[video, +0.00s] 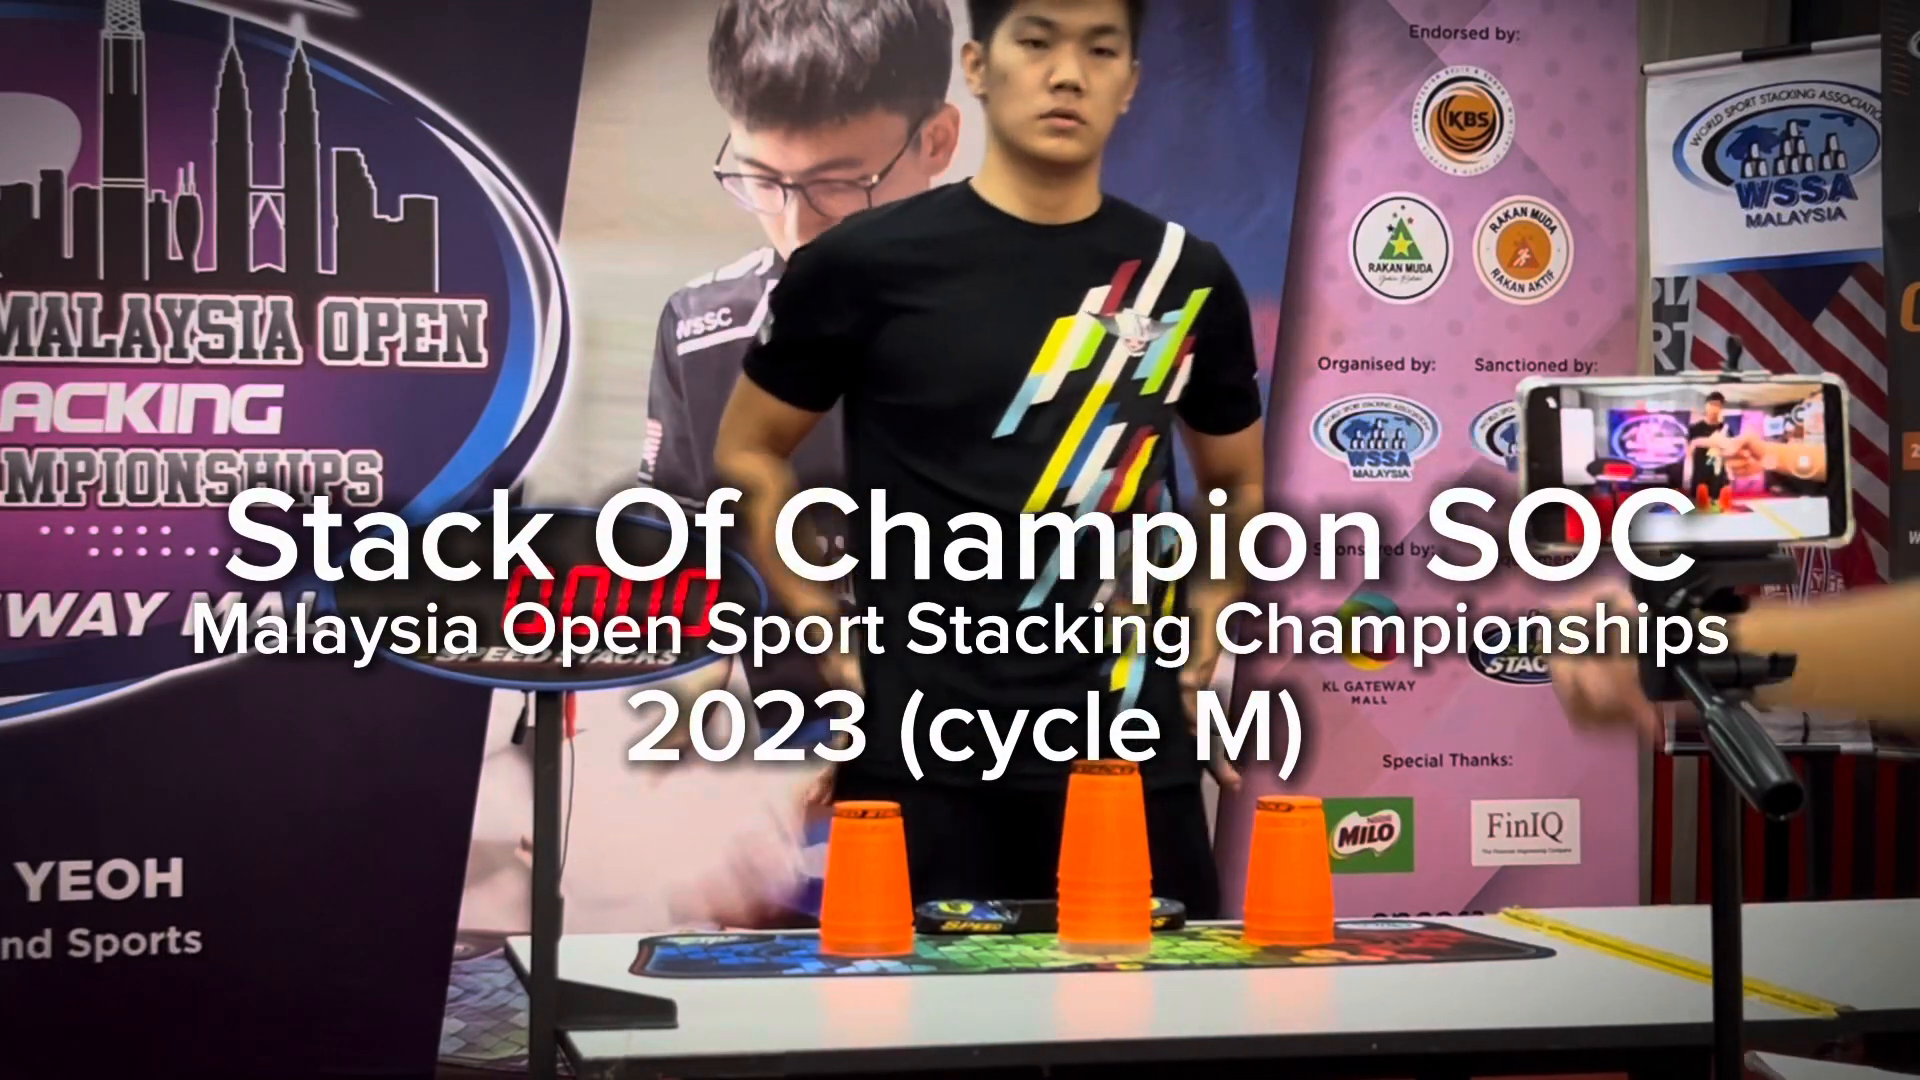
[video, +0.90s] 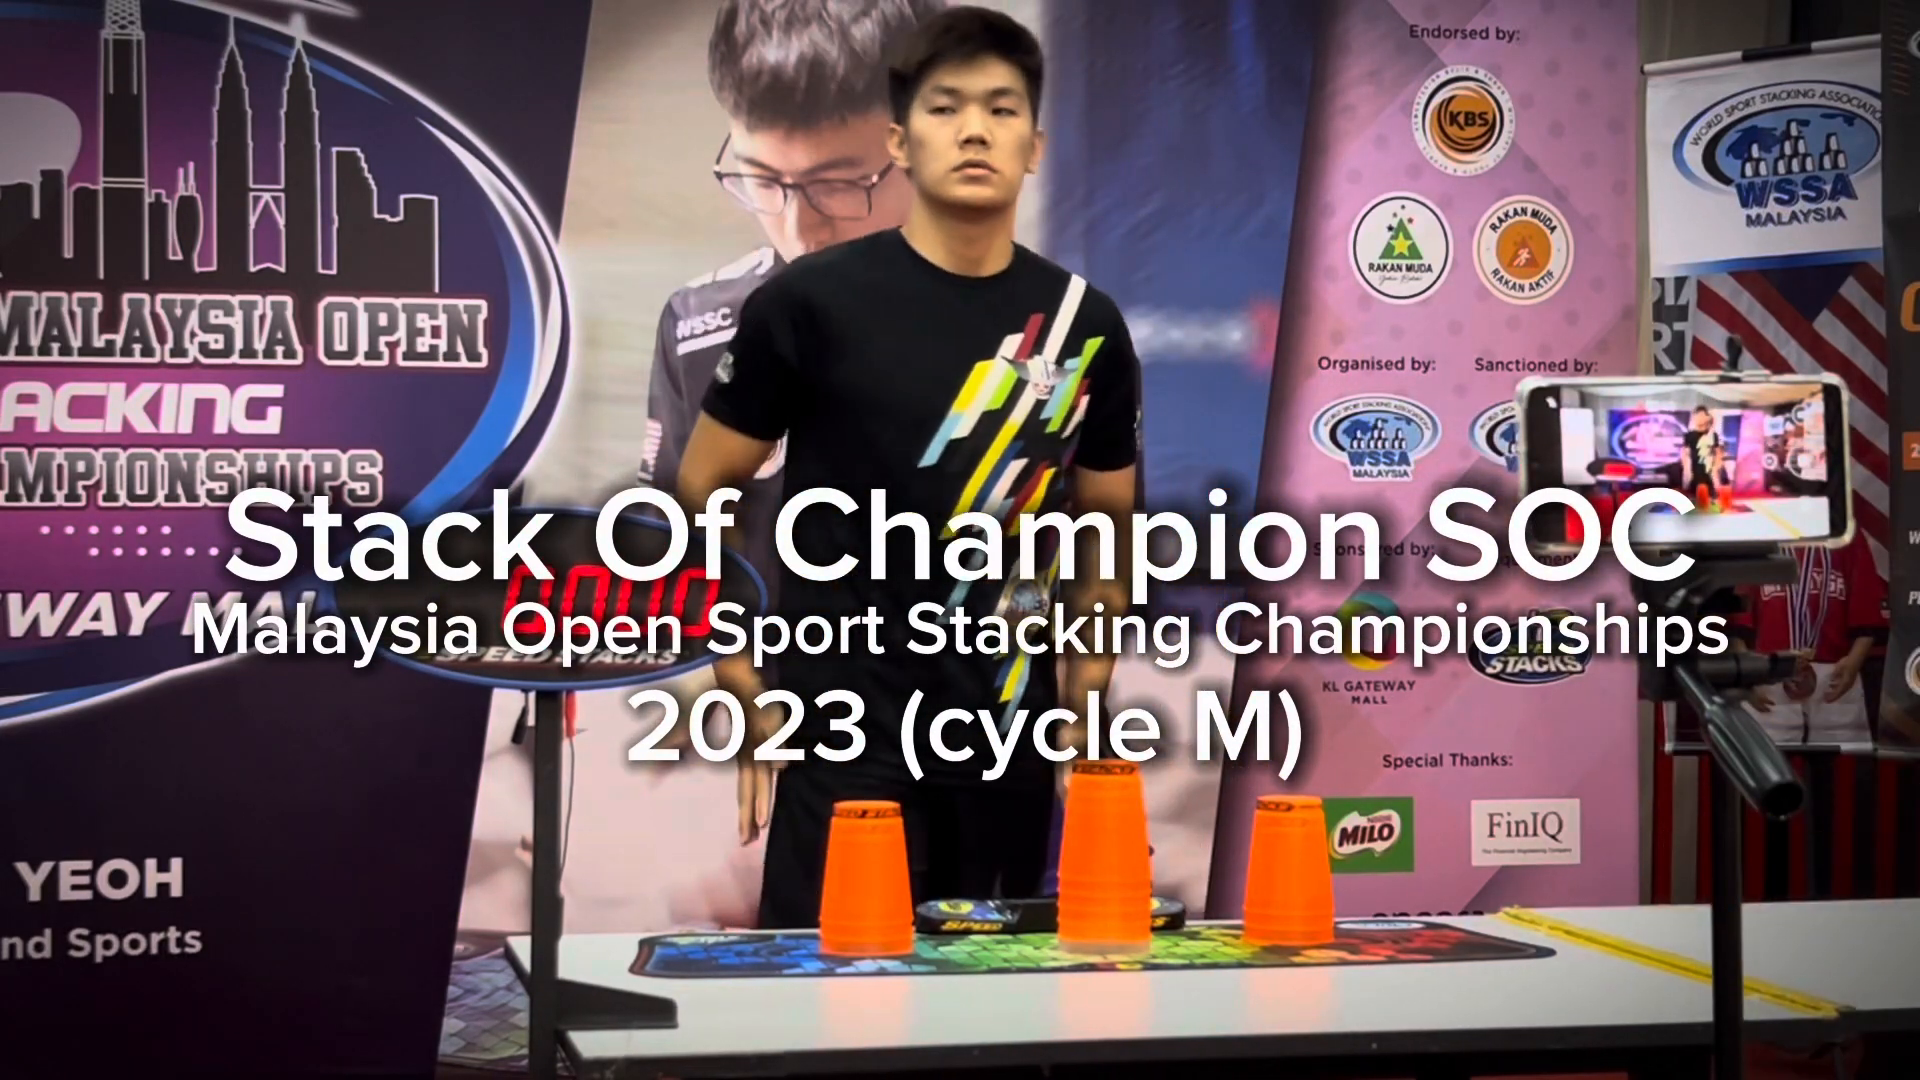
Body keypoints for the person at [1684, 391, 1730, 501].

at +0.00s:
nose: (1714, 410)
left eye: (1717, 406)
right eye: (1711, 405)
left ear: (1721, 409)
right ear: (1705, 407)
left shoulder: (1726, 429)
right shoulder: (1694, 429)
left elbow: (1728, 456)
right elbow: (1689, 458)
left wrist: (1731, 479)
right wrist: (1686, 484)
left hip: (1720, 482)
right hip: (1699, 481)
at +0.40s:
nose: (1706, 414)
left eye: (1708, 410)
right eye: (1703, 411)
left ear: (1712, 413)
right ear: (1697, 414)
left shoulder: (1718, 434)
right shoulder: (1692, 434)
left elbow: (1723, 452)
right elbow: (1685, 453)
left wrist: (1722, 468)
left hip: (1714, 474)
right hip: (1698, 475)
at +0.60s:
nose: (1701, 417)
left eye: (1703, 414)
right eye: (1698, 414)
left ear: (1708, 416)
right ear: (1694, 416)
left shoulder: (1714, 435)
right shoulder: (1689, 435)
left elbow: (1721, 452)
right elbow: (1684, 454)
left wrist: (1717, 467)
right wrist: (1687, 466)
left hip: (1710, 467)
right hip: (1694, 467)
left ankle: (1714, 498)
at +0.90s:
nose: (1701, 420)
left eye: (1703, 417)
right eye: (1698, 417)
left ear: (1708, 418)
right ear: (1694, 418)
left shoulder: (1713, 436)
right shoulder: (1690, 436)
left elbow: (1718, 453)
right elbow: (1686, 454)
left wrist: (1716, 467)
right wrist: (1687, 471)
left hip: (1710, 467)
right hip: (1695, 467)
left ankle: (1714, 498)